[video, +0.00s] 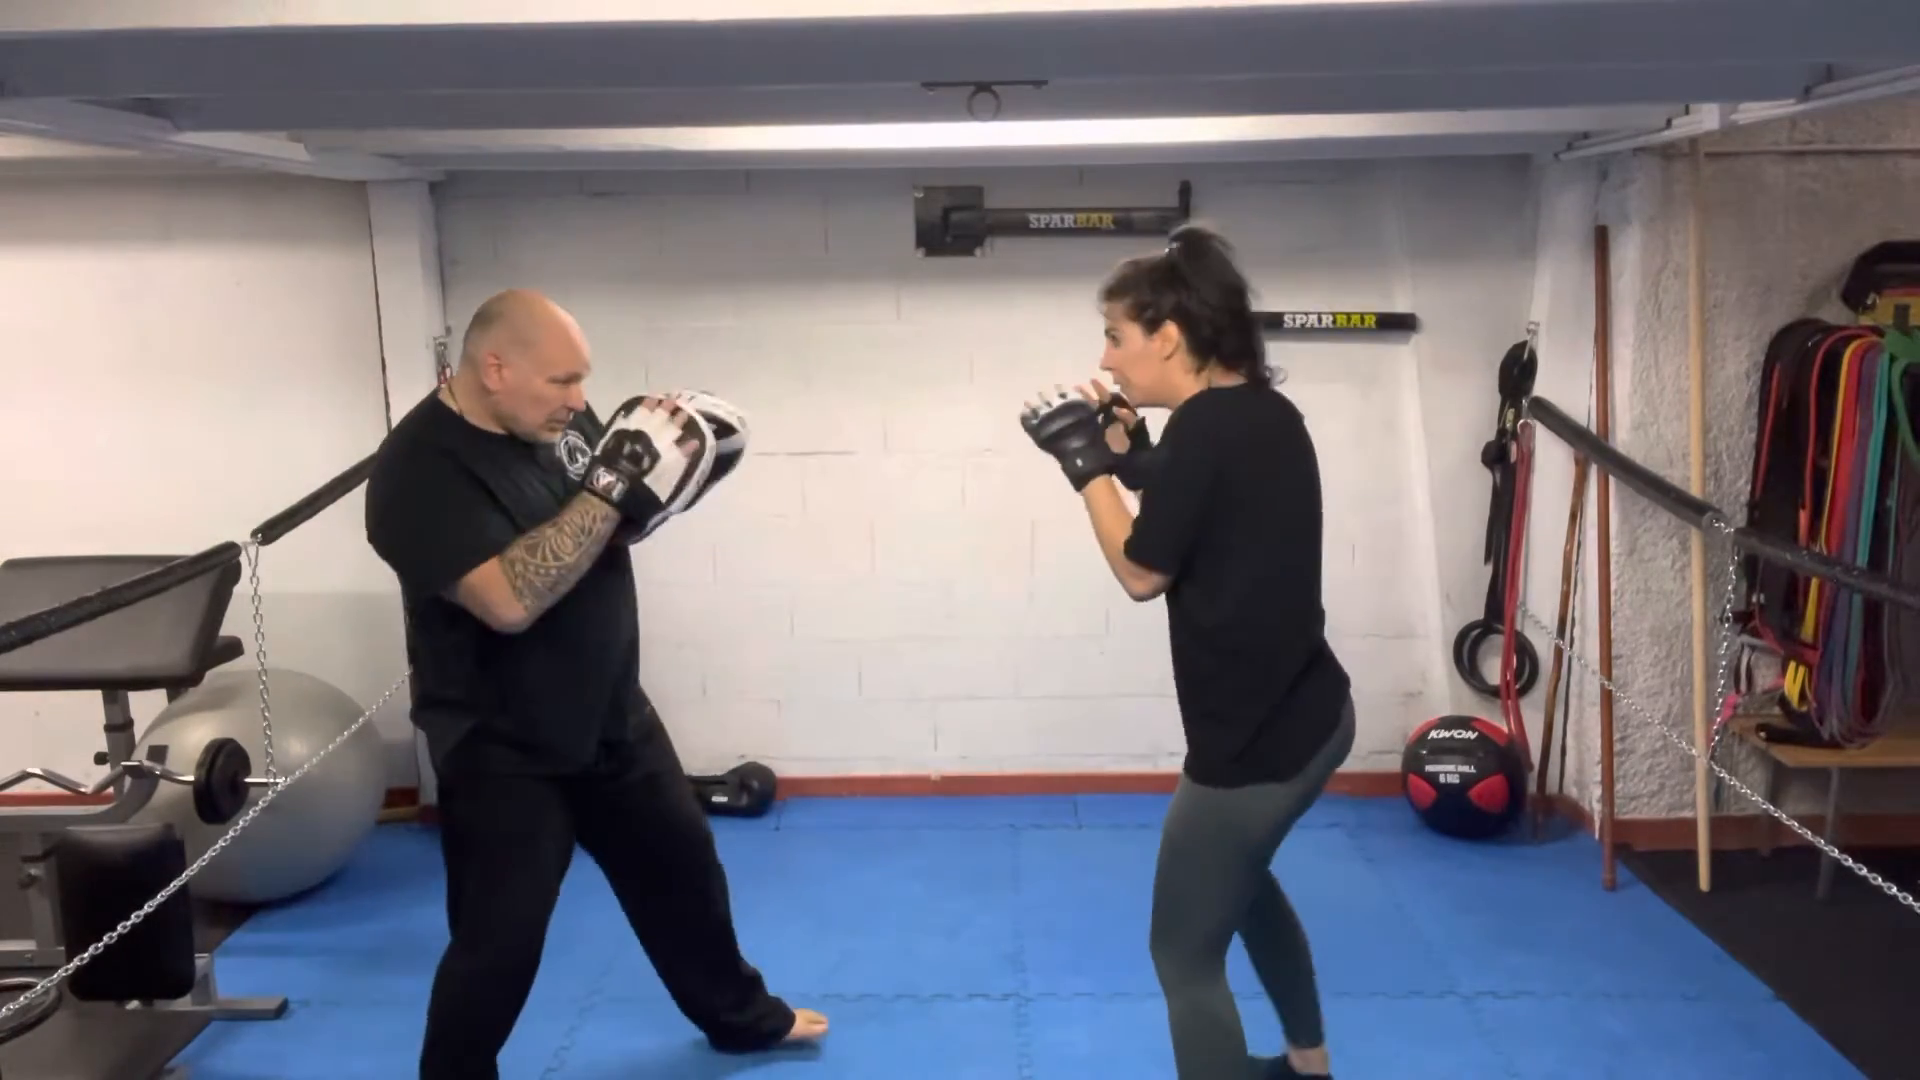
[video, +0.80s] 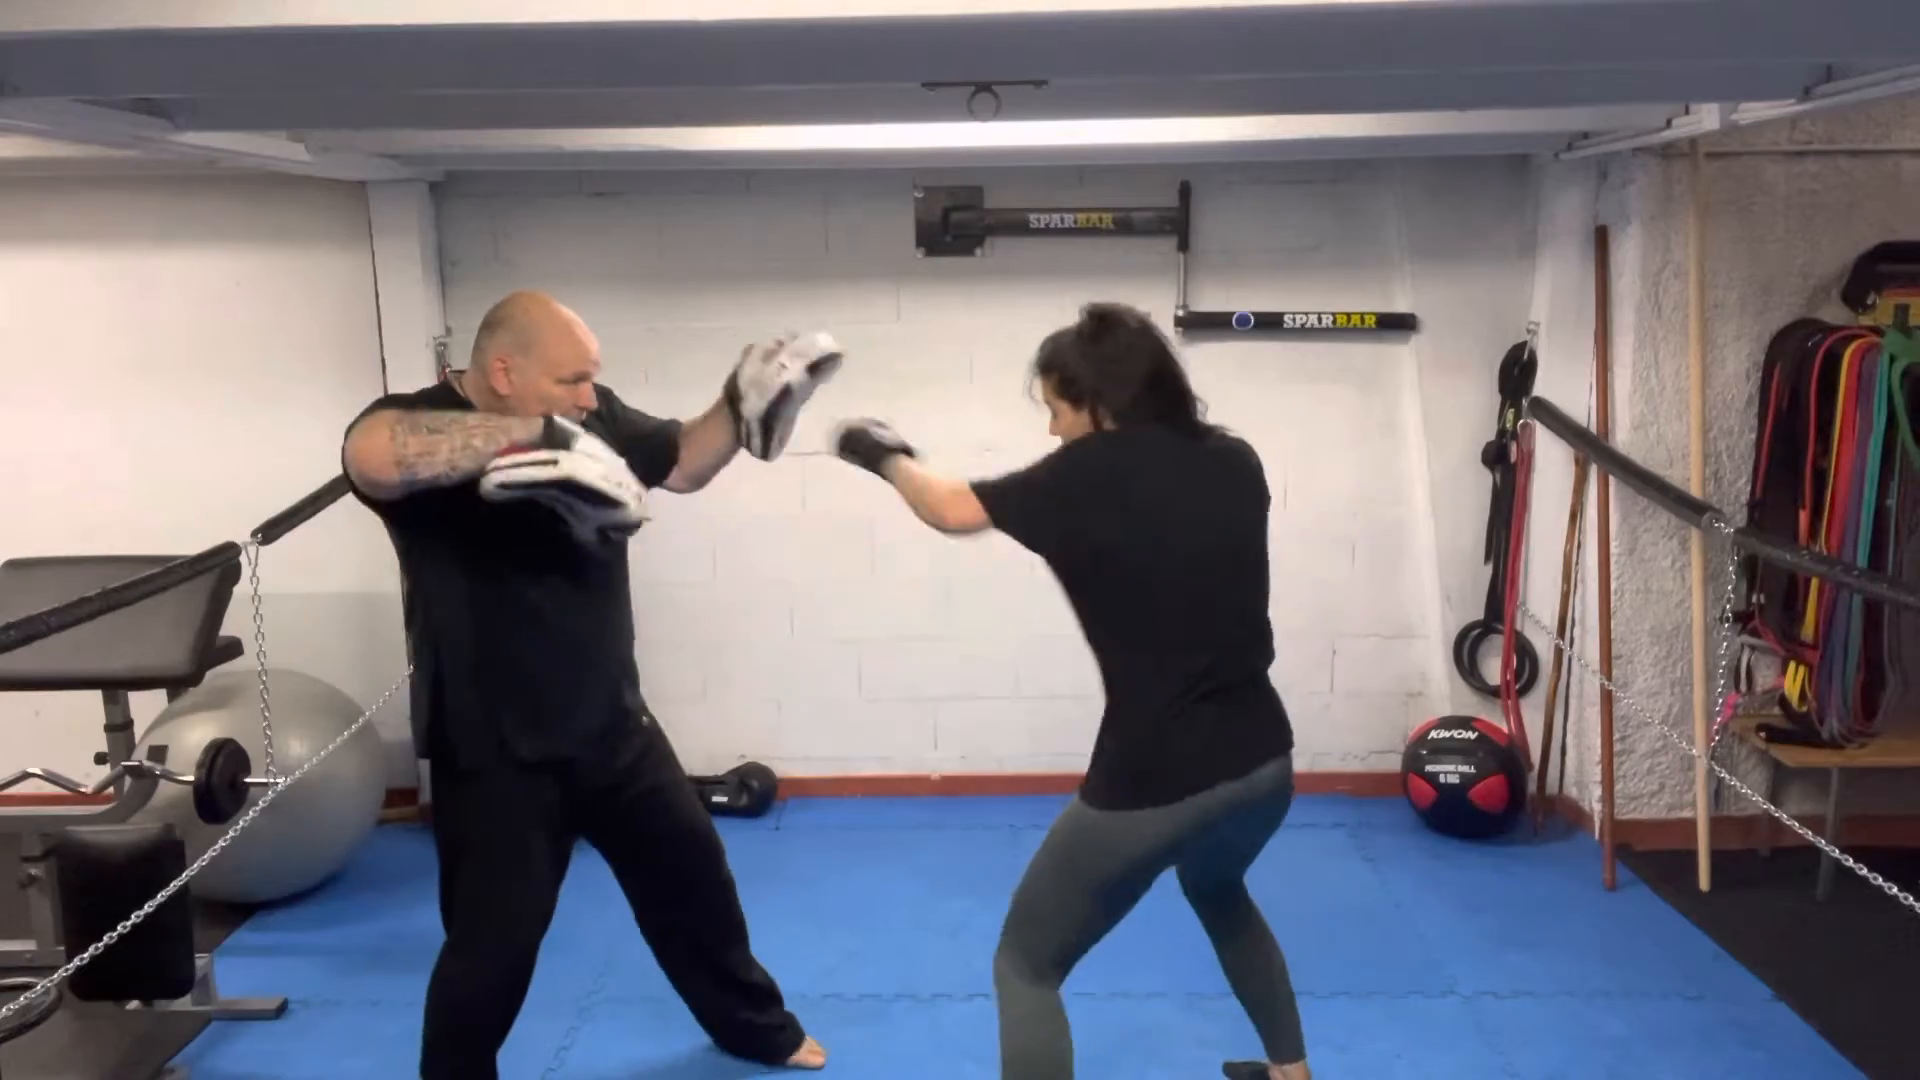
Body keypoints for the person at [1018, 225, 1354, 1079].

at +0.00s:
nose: (1104, 360)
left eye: (1114, 337)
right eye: (1106, 338)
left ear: (1170, 335)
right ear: (1178, 334)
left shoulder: (1201, 430)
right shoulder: (1274, 415)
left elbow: (1142, 571)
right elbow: (1231, 530)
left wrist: (1089, 468)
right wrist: (1141, 459)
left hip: (1248, 750)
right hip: (1313, 717)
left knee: (1185, 956)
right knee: (1241, 878)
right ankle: (1309, 1055)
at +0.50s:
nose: (1090, 406)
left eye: (1096, 388)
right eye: (1088, 389)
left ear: (1149, 383)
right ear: (1157, 378)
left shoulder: (1207, 455)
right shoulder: (1252, 440)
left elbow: (1166, 597)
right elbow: (1180, 567)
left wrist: (1108, 492)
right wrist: (1117, 478)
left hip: (1218, 757)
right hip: (1280, 735)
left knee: (1073, 907)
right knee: (1194, 885)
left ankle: (1142, 1075)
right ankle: (1288, 1065)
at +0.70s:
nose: (1065, 421)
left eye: (1070, 401)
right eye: (1063, 403)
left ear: (1118, 391)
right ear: (1161, 379)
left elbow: (1082, 587)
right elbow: (1217, 540)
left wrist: (1042, 518)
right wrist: (1133, 480)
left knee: (1046, 935)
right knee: (1218, 885)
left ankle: (1033, 1075)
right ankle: (1292, 1066)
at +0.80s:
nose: (1051, 428)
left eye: (1054, 408)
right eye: (1049, 409)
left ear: (1096, 403)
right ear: (1155, 390)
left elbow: (952, 508)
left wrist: (888, 458)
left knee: (1027, 962)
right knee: (1219, 890)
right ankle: (1291, 1066)